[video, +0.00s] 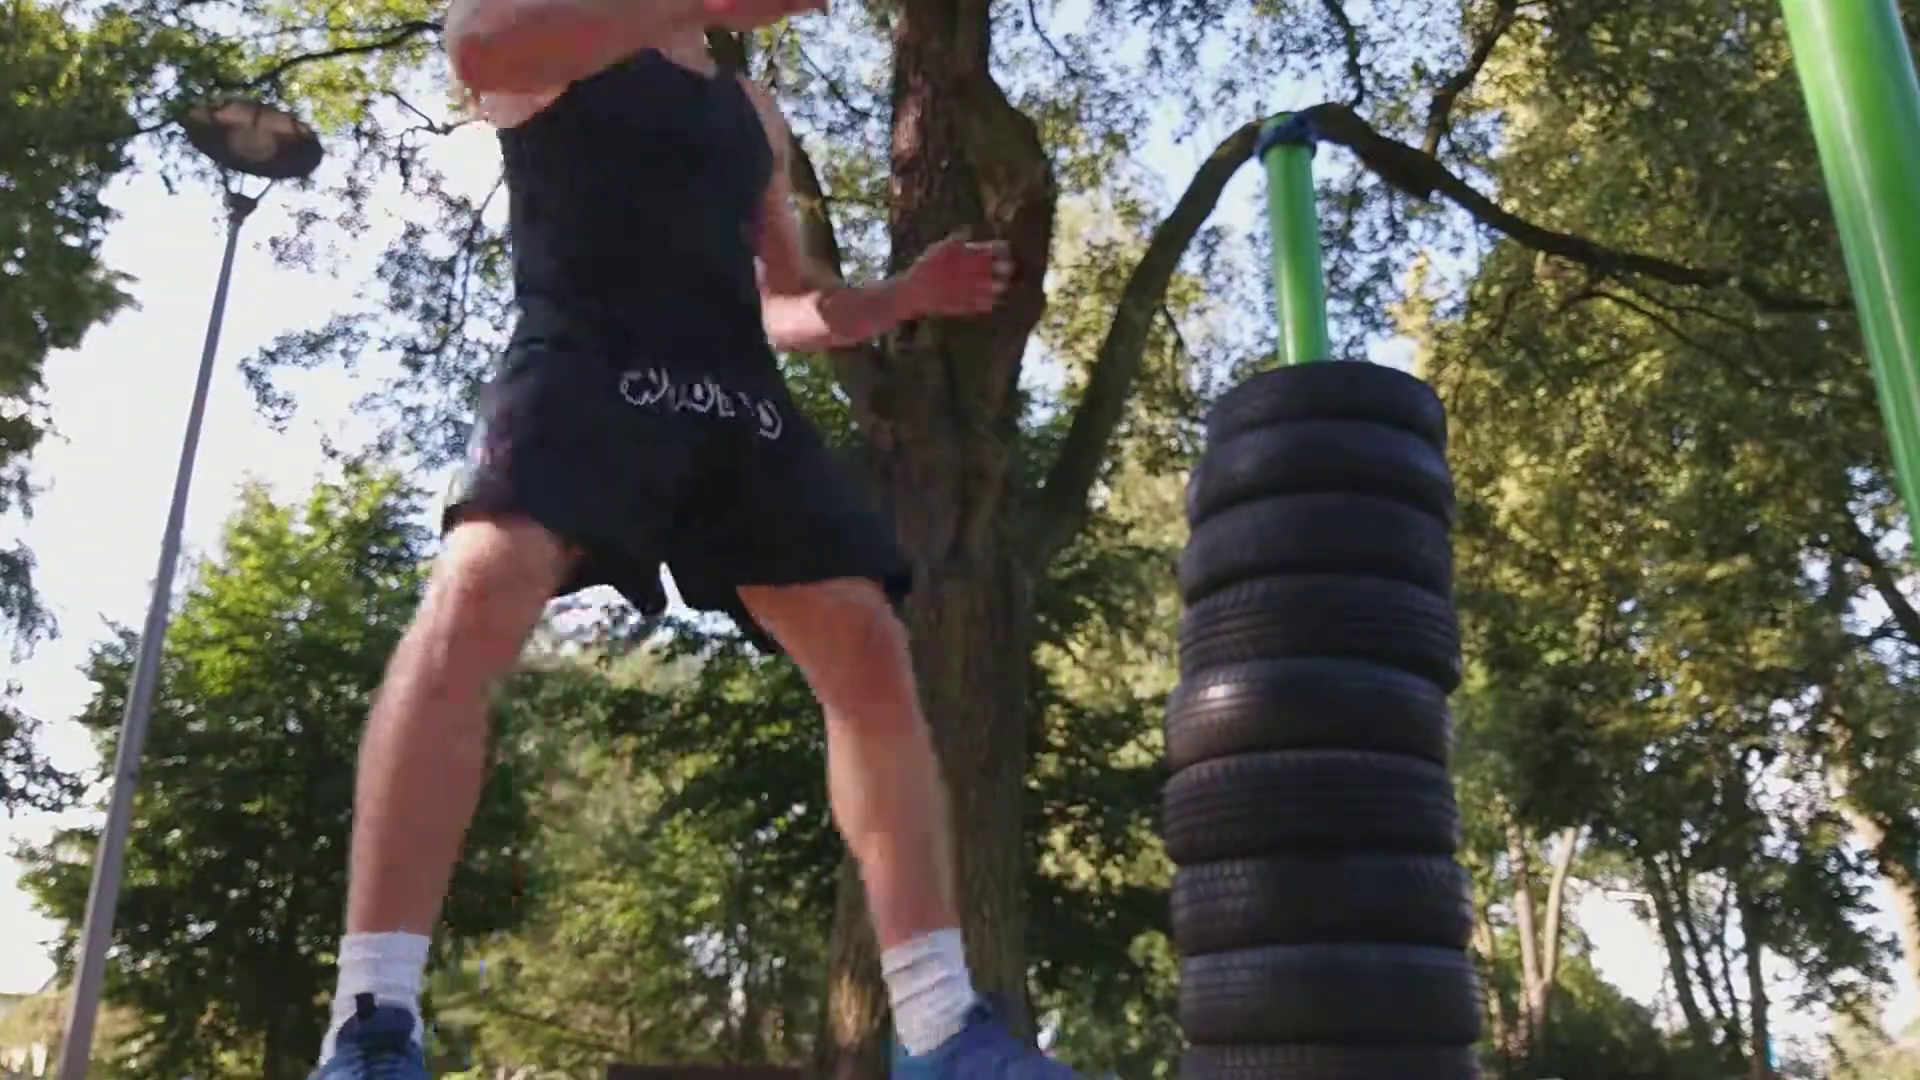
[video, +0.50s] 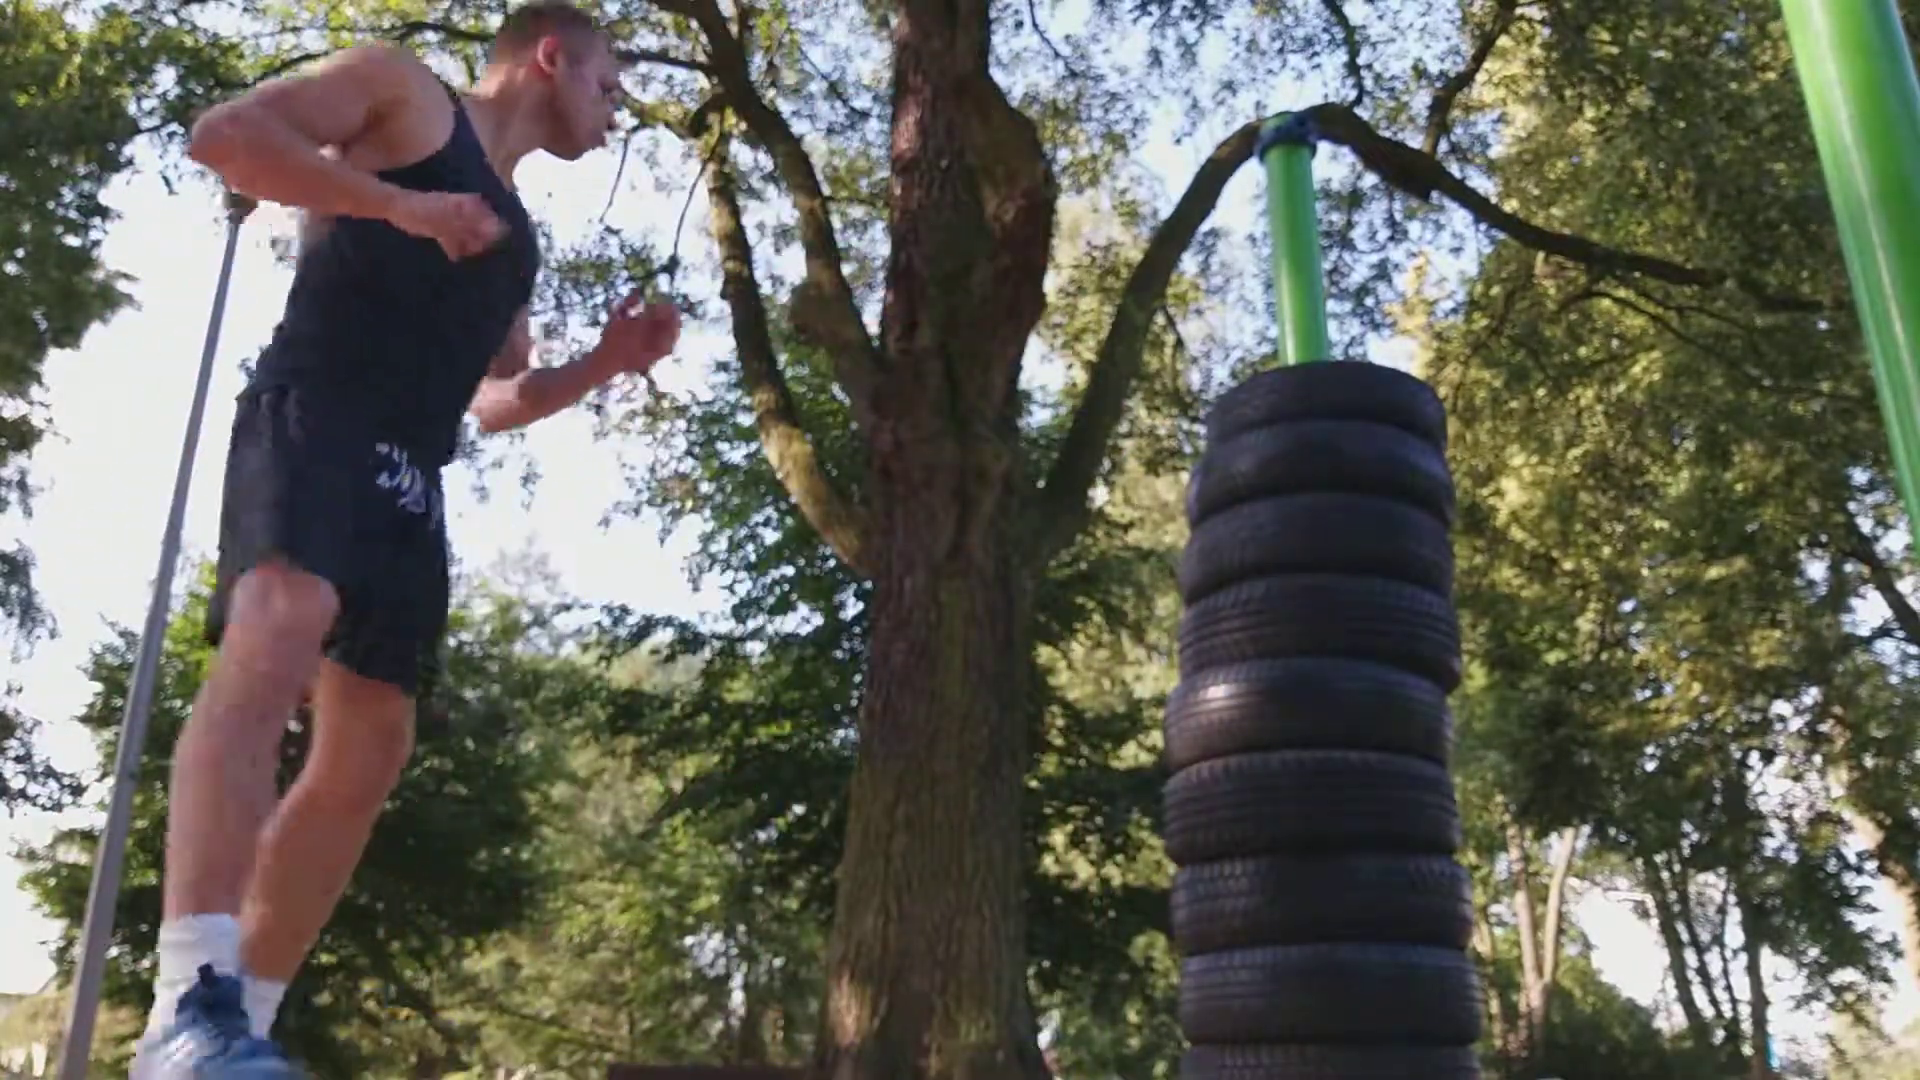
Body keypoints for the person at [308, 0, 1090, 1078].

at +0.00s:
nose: (800, 14)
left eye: (806, 12)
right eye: (797, 3)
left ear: (770, 14)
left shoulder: (750, 106)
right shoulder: (556, 27)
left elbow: (779, 305)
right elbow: (479, 55)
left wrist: (904, 293)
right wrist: (685, 11)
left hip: (739, 404)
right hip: (579, 386)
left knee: (865, 644)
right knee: (474, 594)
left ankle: (940, 1029)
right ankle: (373, 1021)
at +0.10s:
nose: (718, 26)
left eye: (721, 27)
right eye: (711, 16)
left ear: (696, 23)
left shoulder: (676, 94)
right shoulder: (534, 5)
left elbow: (652, 313)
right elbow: (438, 48)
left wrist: (802, 296)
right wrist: (644, 43)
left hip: (657, 384)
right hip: (527, 340)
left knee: (781, 660)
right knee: (460, 597)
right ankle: (369, 1018)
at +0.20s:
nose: (701, 21)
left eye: (704, 19)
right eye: (695, 5)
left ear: (648, 29)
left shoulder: (609, 142)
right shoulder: (495, 7)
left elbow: (587, 357)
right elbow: (356, 66)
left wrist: (720, 319)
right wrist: (570, 113)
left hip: (596, 420)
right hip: (471, 373)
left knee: (670, 725)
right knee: (417, 635)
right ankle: (360, 1021)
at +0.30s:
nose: (653, 75)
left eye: (657, 52)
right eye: (650, 40)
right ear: (592, 17)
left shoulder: (555, 205)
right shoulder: (444, 47)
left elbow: (544, 405)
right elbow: (292, 141)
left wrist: (678, 356)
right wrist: (478, 202)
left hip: (524, 485)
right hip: (416, 429)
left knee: (518, 786)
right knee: (397, 630)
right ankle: (352, 1024)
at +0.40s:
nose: (633, 132)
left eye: (636, 111)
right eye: (627, 104)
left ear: (565, 93)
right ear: (570, 82)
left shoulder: (534, 273)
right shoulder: (419, 111)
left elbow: (542, 441)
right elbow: (242, 199)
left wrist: (652, 374)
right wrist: (405, 244)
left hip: (452, 526)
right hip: (347, 470)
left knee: (416, 810)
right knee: (315, 690)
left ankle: (208, 1059)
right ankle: (308, 1000)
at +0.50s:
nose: (620, 99)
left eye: (622, 83)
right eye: (610, 73)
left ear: (553, 70)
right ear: (549, 58)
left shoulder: (517, 243)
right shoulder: (402, 84)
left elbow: (495, 398)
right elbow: (227, 135)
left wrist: (602, 362)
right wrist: (401, 202)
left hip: (410, 477)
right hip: (311, 422)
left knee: (363, 755)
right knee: (272, 648)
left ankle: (239, 1029)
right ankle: (190, 1008)